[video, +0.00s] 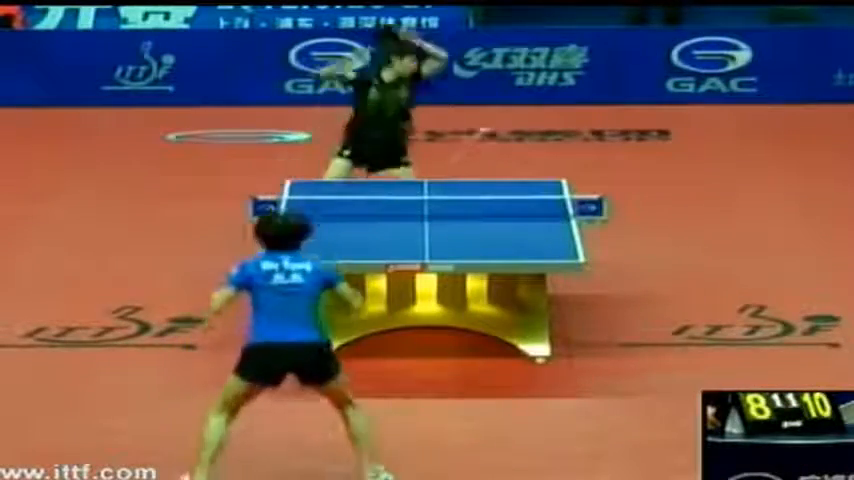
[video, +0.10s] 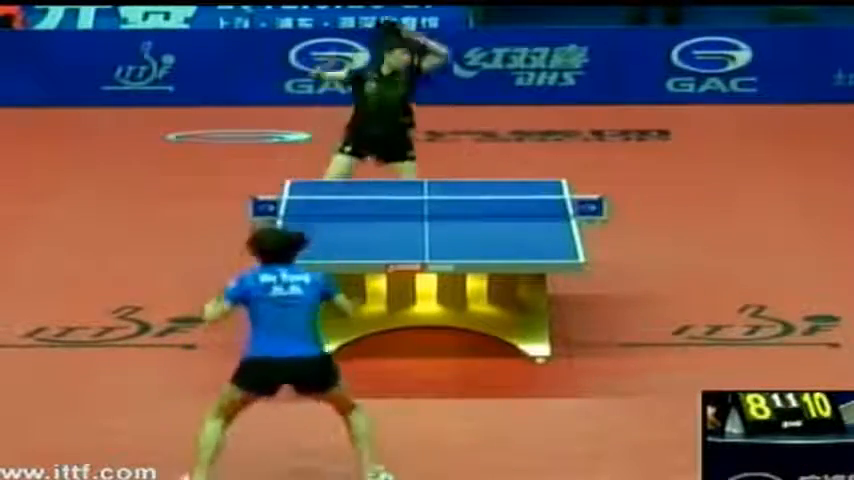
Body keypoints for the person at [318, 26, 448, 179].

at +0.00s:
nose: (415, 66)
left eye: (416, 61)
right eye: (411, 60)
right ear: (395, 60)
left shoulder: (409, 80)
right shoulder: (365, 79)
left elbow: (441, 59)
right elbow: (326, 74)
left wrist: (418, 43)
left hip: (390, 150)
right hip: (356, 148)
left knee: (411, 198)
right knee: (325, 193)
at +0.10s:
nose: (408, 58)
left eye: (408, 53)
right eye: (403, 53)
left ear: (410, 54)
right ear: (387, 54)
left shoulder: (410, 74)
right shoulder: (364, 75)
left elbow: (442, 56)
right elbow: (339, 76)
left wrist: (418, 40)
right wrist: (321, 75)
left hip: (396, 137)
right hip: (361, 136)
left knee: (410, 191)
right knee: (330, 187)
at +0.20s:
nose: (389, 66)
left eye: (394, 61)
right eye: (385, 60)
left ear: (399, 63)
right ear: (375, 61)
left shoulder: (405, 82)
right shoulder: (358, 82)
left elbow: (441, 83)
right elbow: (333, 89)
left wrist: (433, 67)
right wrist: (318, 99)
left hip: (400, 146)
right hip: (364, 147)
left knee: (421, 190)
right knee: (336, 187)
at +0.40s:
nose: (364, 86)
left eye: (368, 81)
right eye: (359, 81)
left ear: (376, 84)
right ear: (352, 84)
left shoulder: (385, 107)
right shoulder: (341, 105)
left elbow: (405, 118)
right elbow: (324, 114)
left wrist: (393, 122)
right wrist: (311, 122)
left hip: (383, 174)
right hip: (345, 173)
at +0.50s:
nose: (357, 84)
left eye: (361, 79)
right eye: (353, 78)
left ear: (367, 81)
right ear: (343, 80)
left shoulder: (372, 103)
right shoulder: (329, 100)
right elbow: (310, 107)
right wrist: (300, 116)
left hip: (366, 157)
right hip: (332, 157)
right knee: (312, 189)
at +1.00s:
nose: (359, 92)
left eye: (363, 87)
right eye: (355, 87)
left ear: (369, 90)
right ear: (346, 88)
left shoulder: (375, 110)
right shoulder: (326, 102)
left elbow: (393, 132)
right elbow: (290, 120)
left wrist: (392, 141)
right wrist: (309, 131)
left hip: (351, 150)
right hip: (318, 149)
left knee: (364, 193)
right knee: (304, 193)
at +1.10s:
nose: (360, 97)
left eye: (364, 92)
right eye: (356, 91)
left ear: (370, 95)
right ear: (346, 92)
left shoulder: (372, 116)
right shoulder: (324, 107)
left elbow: (388, 139)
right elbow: (284, 126)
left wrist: (392, 150)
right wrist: (304, 135)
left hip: (349, 164)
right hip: (315, 163)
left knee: (364, 206)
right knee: (299, 207)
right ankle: (268, 249)